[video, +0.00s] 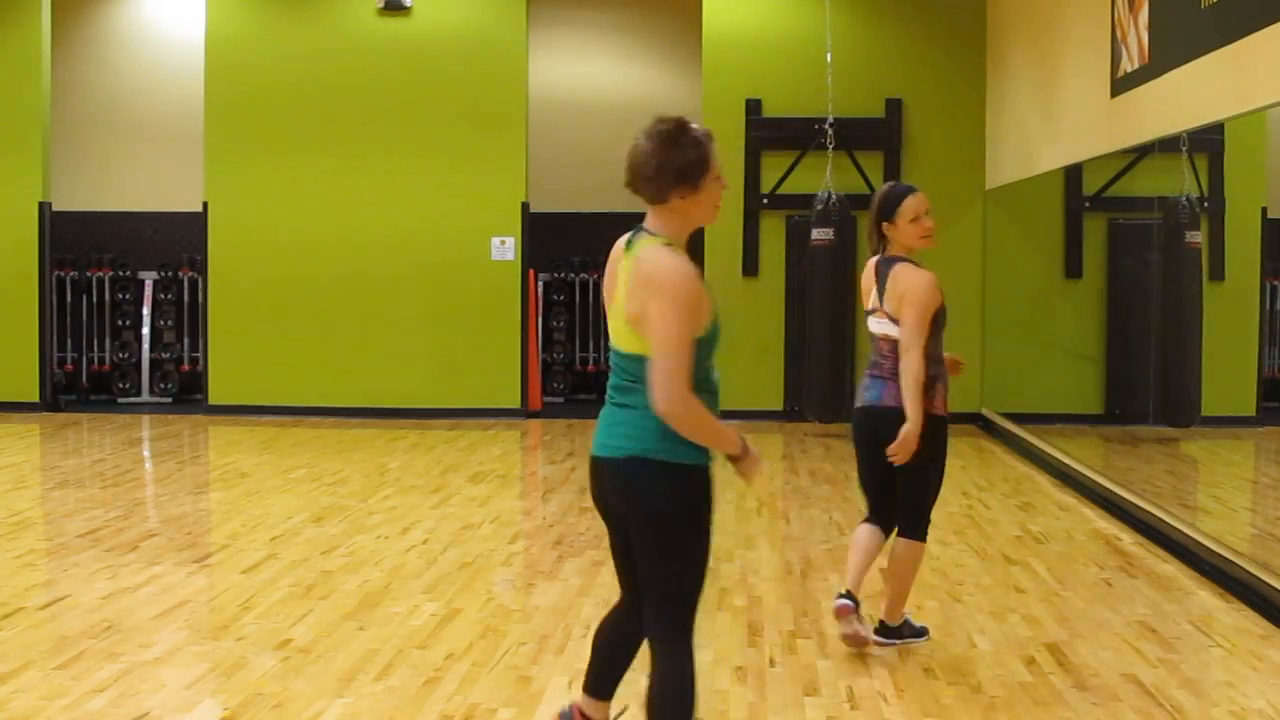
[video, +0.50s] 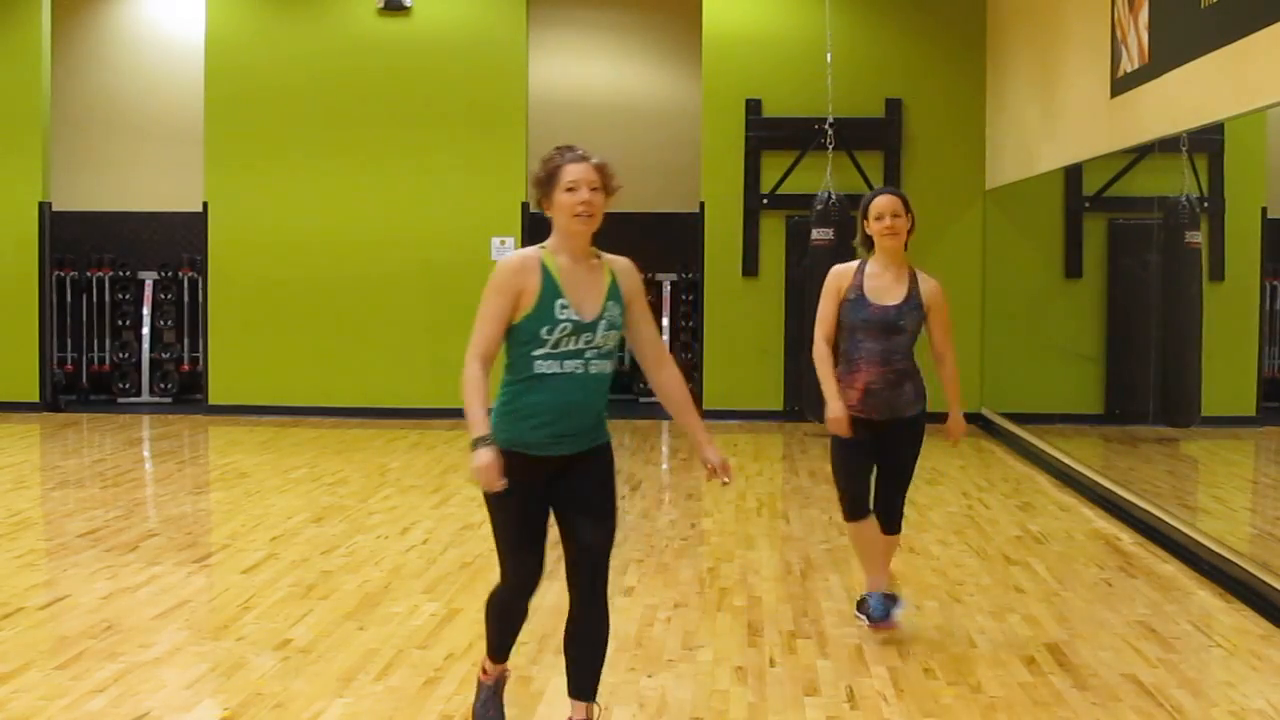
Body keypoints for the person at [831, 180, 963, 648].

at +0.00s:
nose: (929, 224)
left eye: (927, 214)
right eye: (918, 218)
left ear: (892, 226)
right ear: (890, 226)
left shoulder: (871, 272)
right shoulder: (921, 282)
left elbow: (887, 339)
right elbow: (911, 354)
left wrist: (935, 358)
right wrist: (913, 420)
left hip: (871, 408)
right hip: (917, 413)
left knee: (878, 512)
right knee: (914, 520)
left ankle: (848, 592)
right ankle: (892, 619)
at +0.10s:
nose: (919, 220)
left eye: (920, 210)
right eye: (906, 215)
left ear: (924, 213)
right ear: (882, 224)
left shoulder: (897, 266)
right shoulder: (895, 273)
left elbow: (910, 338)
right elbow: (886, 349)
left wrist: (951, 366)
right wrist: (901, 414)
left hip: (885, 405)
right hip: (901, 411)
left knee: (899, 505)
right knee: (911, 514)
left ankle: (845, 591)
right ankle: (891, 618)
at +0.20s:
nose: (910, 216)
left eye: (914, 207)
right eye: (898, 211)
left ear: (920, 211)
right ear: (877, 219)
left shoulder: (916, 263)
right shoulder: (878, 270)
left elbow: (918, 334)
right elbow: (863, 342)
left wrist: (948, 373)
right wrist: (895, 403)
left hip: (909, 402)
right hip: (883, 405)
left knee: (900, 502)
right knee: (904, 508)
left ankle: (867, 583)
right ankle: (888, 610)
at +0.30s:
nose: (903, 219)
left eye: (908, 210)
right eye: (891, 213)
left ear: (916, 215)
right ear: (872, 222)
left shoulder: (924, 269)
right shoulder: (862, 273)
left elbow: (931, 329)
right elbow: (845, 342)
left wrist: (944, 381)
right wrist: (883, 397)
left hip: (913, 406)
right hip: (870, 409)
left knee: (901, 505)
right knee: (895, 507)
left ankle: (878, 591)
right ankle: (895, 607)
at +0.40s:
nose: (896, 224)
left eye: (902, 215)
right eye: (886, 217)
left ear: (912, 221)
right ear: (869, 226)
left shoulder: (931, 282)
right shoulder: (849, 278)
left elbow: (942, 346)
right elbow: (830, 345)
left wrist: (948, 402)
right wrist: (861, 402)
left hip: (912, 411)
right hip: (861, 412)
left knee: (892, 507)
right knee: (880, 509)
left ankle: (873, 592)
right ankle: (902, 602)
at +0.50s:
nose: (889, 223)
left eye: (896, 216)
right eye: (879, 217)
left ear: (909, 223)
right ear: (867, 226)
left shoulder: (927, 288)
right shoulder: (842, 277)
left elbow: (943, 352)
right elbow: (821, 342)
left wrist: (955, 409)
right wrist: (833, 400)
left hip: (903, 414)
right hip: (850, 412)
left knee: (890, 507)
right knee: (853, 504)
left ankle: (876, 591)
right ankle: (879, 589)